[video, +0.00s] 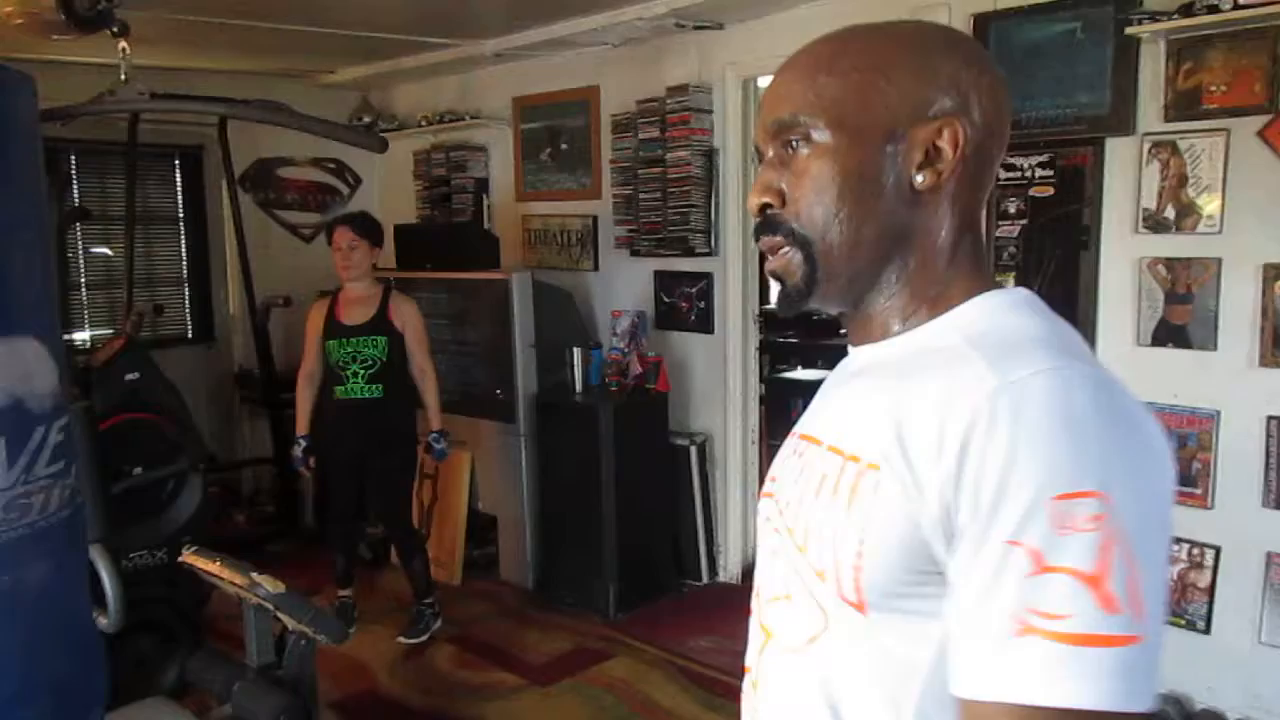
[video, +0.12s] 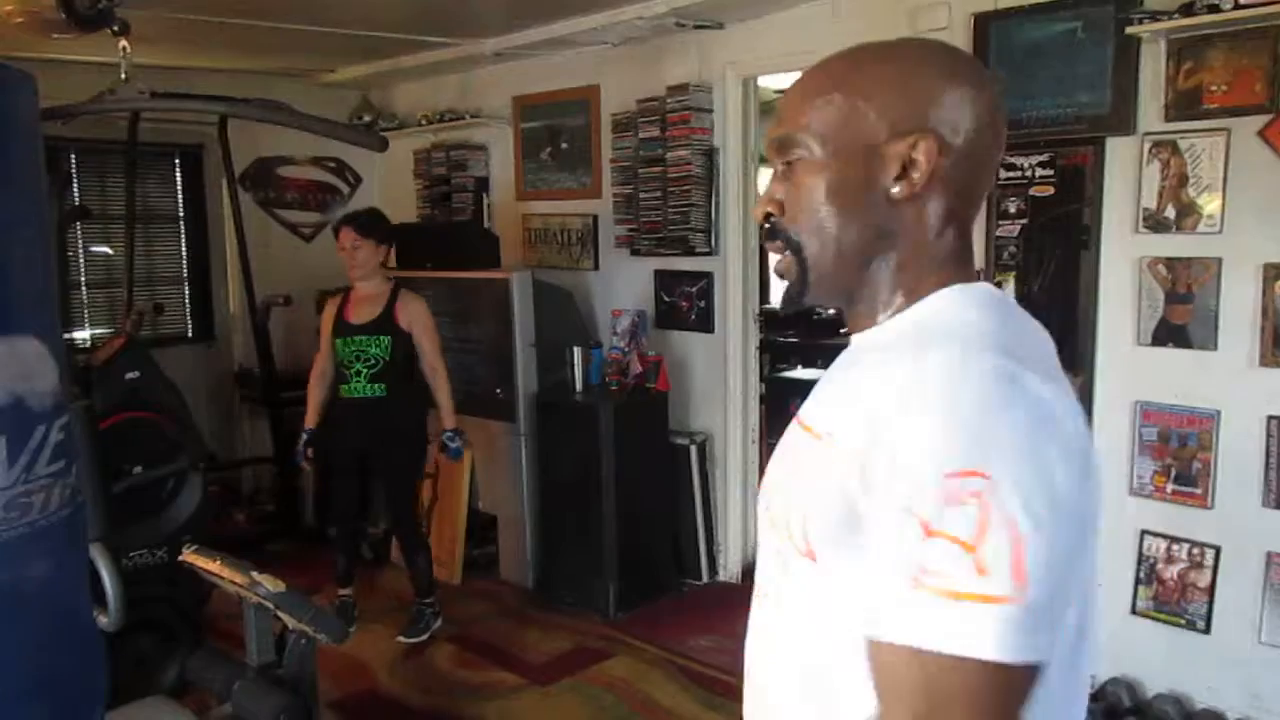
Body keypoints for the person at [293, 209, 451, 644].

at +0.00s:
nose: (344, 256)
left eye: (354, 247)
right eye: (337, 248)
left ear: (375, 252)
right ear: (331, 255)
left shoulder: (400, 307)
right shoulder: (321, 311)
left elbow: (423, 369)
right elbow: (309, 374)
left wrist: (436, 427)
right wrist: (301, 434)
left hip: (390, 434)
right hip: (338, 435)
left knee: (397, 521)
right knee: (340, 521)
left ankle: (426, 606)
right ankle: (344, 602)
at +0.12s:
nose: (348, 255)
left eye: (358, 246)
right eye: (344, 247)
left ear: (384, 251)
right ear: (339, 252)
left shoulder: (408, 306)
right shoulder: (335, 308)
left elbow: (434, 368)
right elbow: (322, 371)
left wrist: (450, 425)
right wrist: (310, 426)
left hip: (397, 431)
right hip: (346, 432)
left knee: (403, 519)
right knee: (345, 518)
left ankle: (426, 605)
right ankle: (345, 600)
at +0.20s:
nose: (350, 259)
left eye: (358, 250)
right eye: (347, 251)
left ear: (387, 253)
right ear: (345, 254)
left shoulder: (412, 307)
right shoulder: (344, 309)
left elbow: (441, 373)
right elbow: (332, 372)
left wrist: (452, 428)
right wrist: (317, 426)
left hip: (404, 433)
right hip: (353, 433)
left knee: (407, 515)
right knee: (347, 519)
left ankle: (427, 605)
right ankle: (345, 601)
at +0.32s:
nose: (352, 261)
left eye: (359, 252)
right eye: (350, 253)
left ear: (388, 252)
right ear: (353, 253)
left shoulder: (415, 306)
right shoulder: (357, 307)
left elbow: (447, 370)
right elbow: (348, 367)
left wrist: (446, 431)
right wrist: (327, 419)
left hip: (408, 433)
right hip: (362, 432)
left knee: (417, 521)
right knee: (355, 518)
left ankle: (427, 606)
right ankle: (347, 600)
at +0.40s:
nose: (353, 263)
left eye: (360, 254)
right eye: (351, 254)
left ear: (388, 253)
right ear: (362, 254)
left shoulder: (418, 306)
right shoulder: (363, 303)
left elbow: (448, 373)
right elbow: (356, 364)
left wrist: (433, 428)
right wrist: (329, 410)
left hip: (412, 431)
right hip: (368, 429)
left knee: (418, 516)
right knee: (363, 511)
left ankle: (428, 605)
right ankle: (360, 592)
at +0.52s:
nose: (354, 268)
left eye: (361, 259)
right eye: (352, 259)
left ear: (390, 255)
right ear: (371, 256)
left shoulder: (421, 306)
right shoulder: (371, 300)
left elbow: (444, 374)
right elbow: (362, 362)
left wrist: (407, 414)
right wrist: (326, 398)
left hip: (416, 426)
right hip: (372, 424)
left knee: (419, 511)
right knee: (367, 505)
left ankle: (428, 605)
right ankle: (368, 589)